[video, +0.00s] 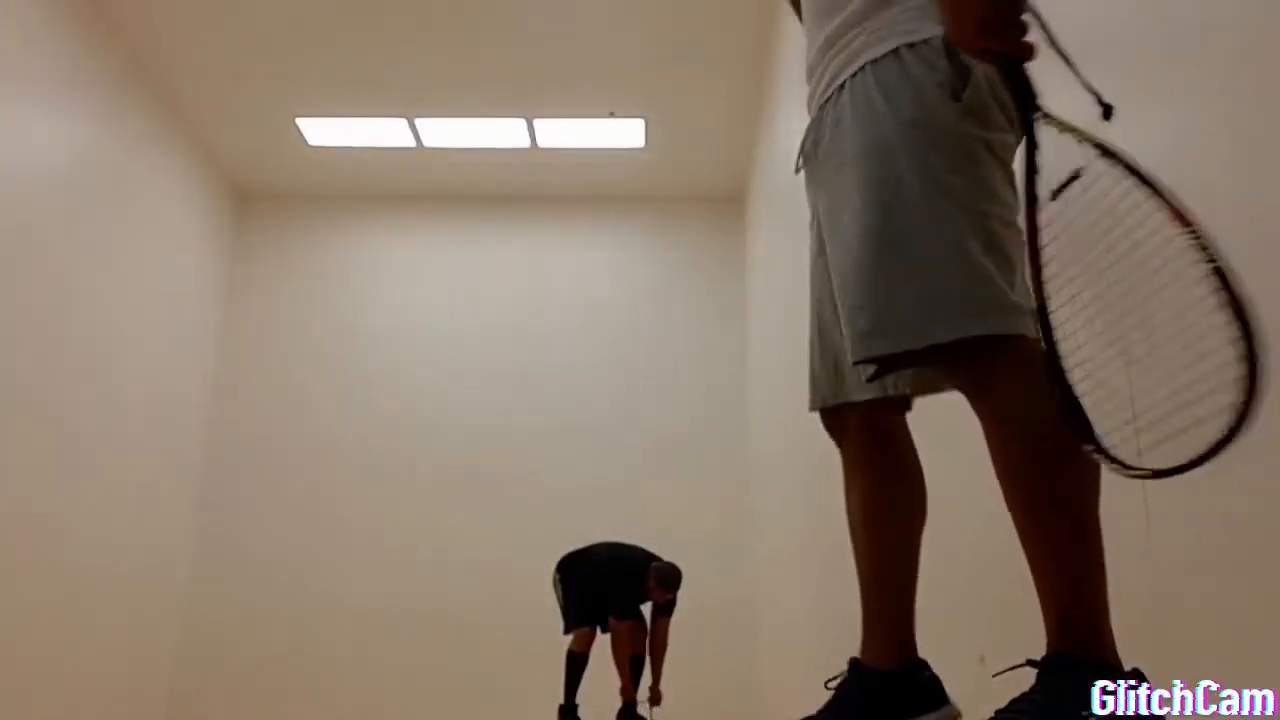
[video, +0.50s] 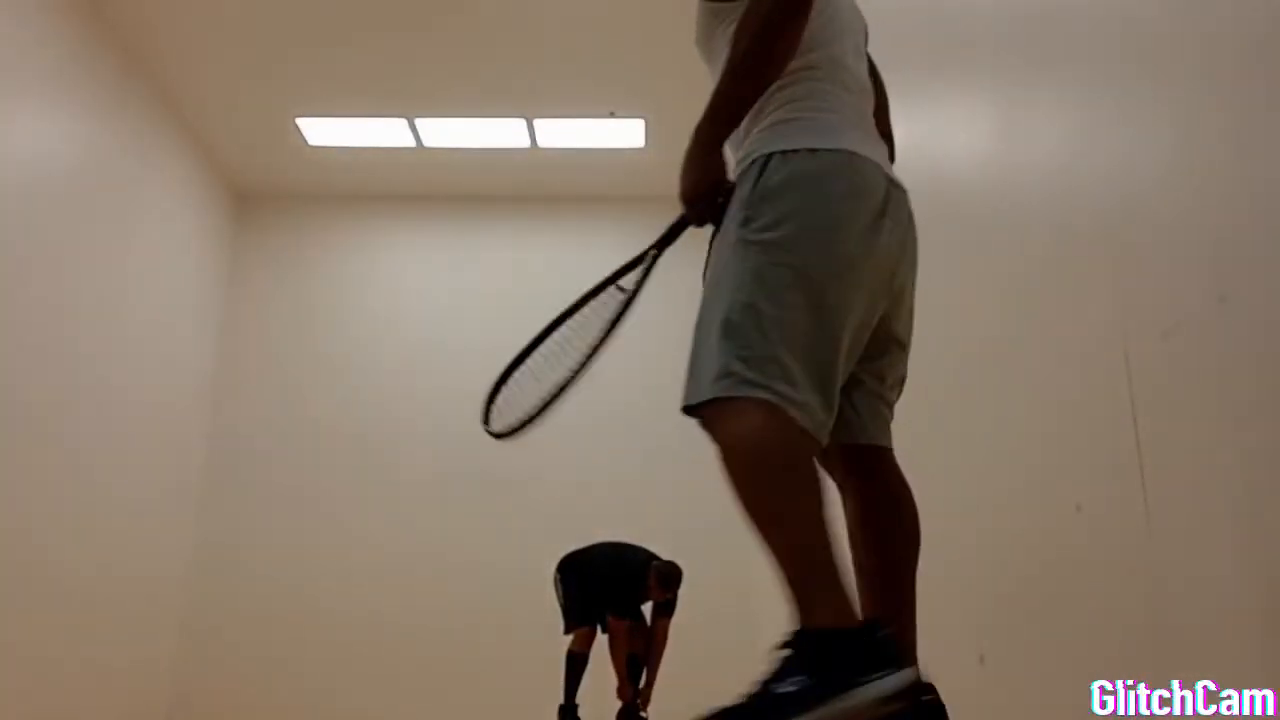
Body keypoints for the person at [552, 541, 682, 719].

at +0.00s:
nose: (663, 601)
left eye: (668, 597)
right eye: (660, 595)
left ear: (673, 591)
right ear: (651, 584)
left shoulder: (668, 588)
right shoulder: (624, 583)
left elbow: (659, 636)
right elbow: (619, 637)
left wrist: (655, 684)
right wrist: (625, 684)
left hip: (608, 577)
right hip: (573, 577)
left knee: (638, 632)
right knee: (584, 633)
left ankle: (629, 707)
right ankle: (568, 706)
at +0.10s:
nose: (661, 602)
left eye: (666, 598)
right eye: (660, 596)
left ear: (672, 592)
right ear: (651, 584)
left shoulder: (667, 588)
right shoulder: (624, 583)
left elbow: (658, 636)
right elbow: (617, 637)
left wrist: (653, 686)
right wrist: (623, 684)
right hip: (572, 576)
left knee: (639, 635)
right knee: (584, 633)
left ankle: (628, 708)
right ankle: (568, 706)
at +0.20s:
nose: (661, 602)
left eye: (666, 598)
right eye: (659, 596)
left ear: (672, 592)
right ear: (651, 584)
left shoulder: (667, 588)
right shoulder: (624, 584)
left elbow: (658, 636)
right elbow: (617, 640)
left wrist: (652, 685)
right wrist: (622, 685)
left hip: (608, 576)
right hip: (572, 576)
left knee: (639, 636)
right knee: (584, 633)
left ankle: (628, 707)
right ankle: (568, 706)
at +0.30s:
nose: (661, 602)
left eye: (666, 598)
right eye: (659, 596)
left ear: (672, 592)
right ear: (651, 584)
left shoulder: (667, 588)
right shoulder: (624, 585)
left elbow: (658, 637)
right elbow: (616, 640)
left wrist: (651, 685)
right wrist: (621, 684)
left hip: (608, 575)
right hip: (573, 576)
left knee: (639, 636)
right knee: (584, 633)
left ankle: (629, 707)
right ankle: (568, 706)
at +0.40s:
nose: (661, 600)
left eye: (666, 596)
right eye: (659, 594)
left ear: (672, 591)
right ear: (651, 584)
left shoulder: (668, 587)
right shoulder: (624, 584)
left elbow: (658, 636)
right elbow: (617, 638)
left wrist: (649, 686)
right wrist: (622, 684)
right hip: (573, 576)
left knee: (640, 635)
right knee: (584, 633)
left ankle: (629, 706)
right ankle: (568, 706)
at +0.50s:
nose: (662, 598)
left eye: (667, 594)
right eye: (660, 592)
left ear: (673, 590)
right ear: (652, 582)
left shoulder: (668, 587)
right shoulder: (624, 582)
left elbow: (659, 636)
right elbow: (617, 637)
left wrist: (649, 686)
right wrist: (623, 683)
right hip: (573, 576)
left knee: (640, 637)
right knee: (584, 633)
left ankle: (629, 707)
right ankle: (568, 706)